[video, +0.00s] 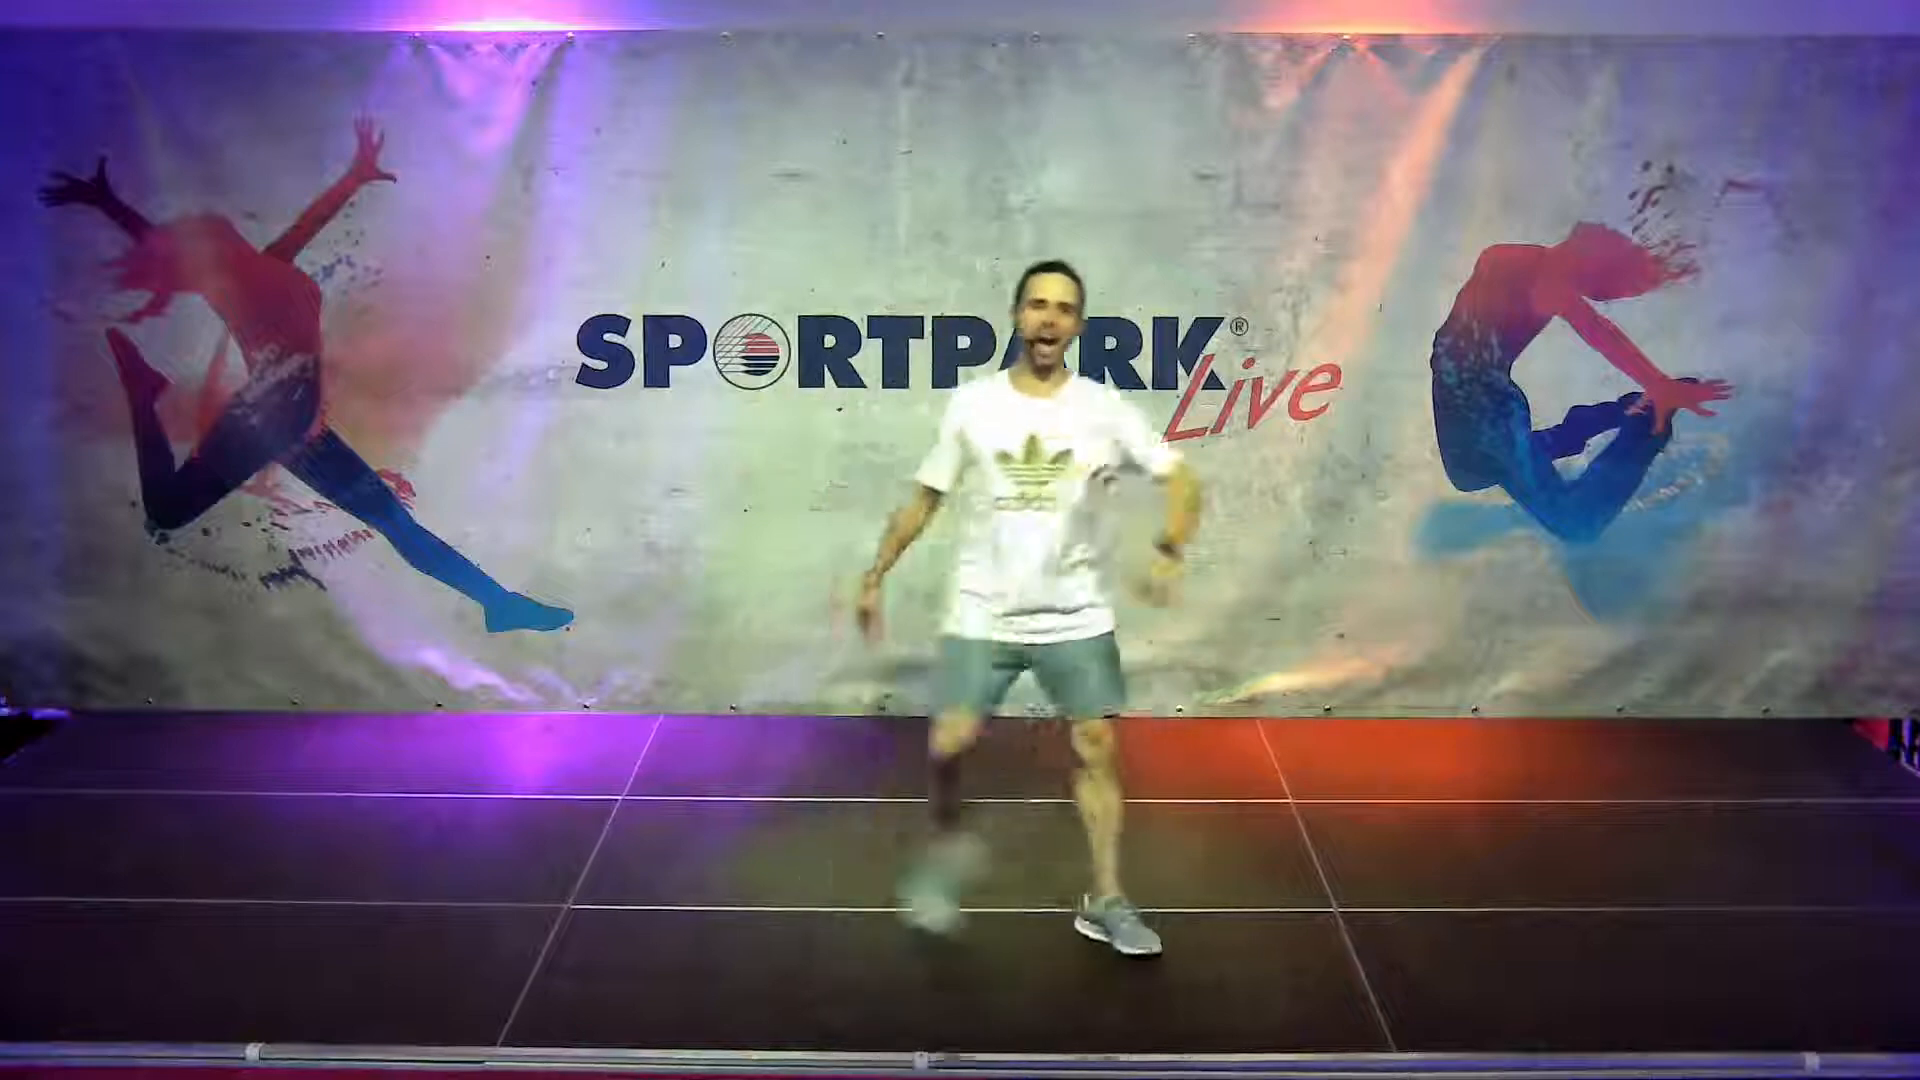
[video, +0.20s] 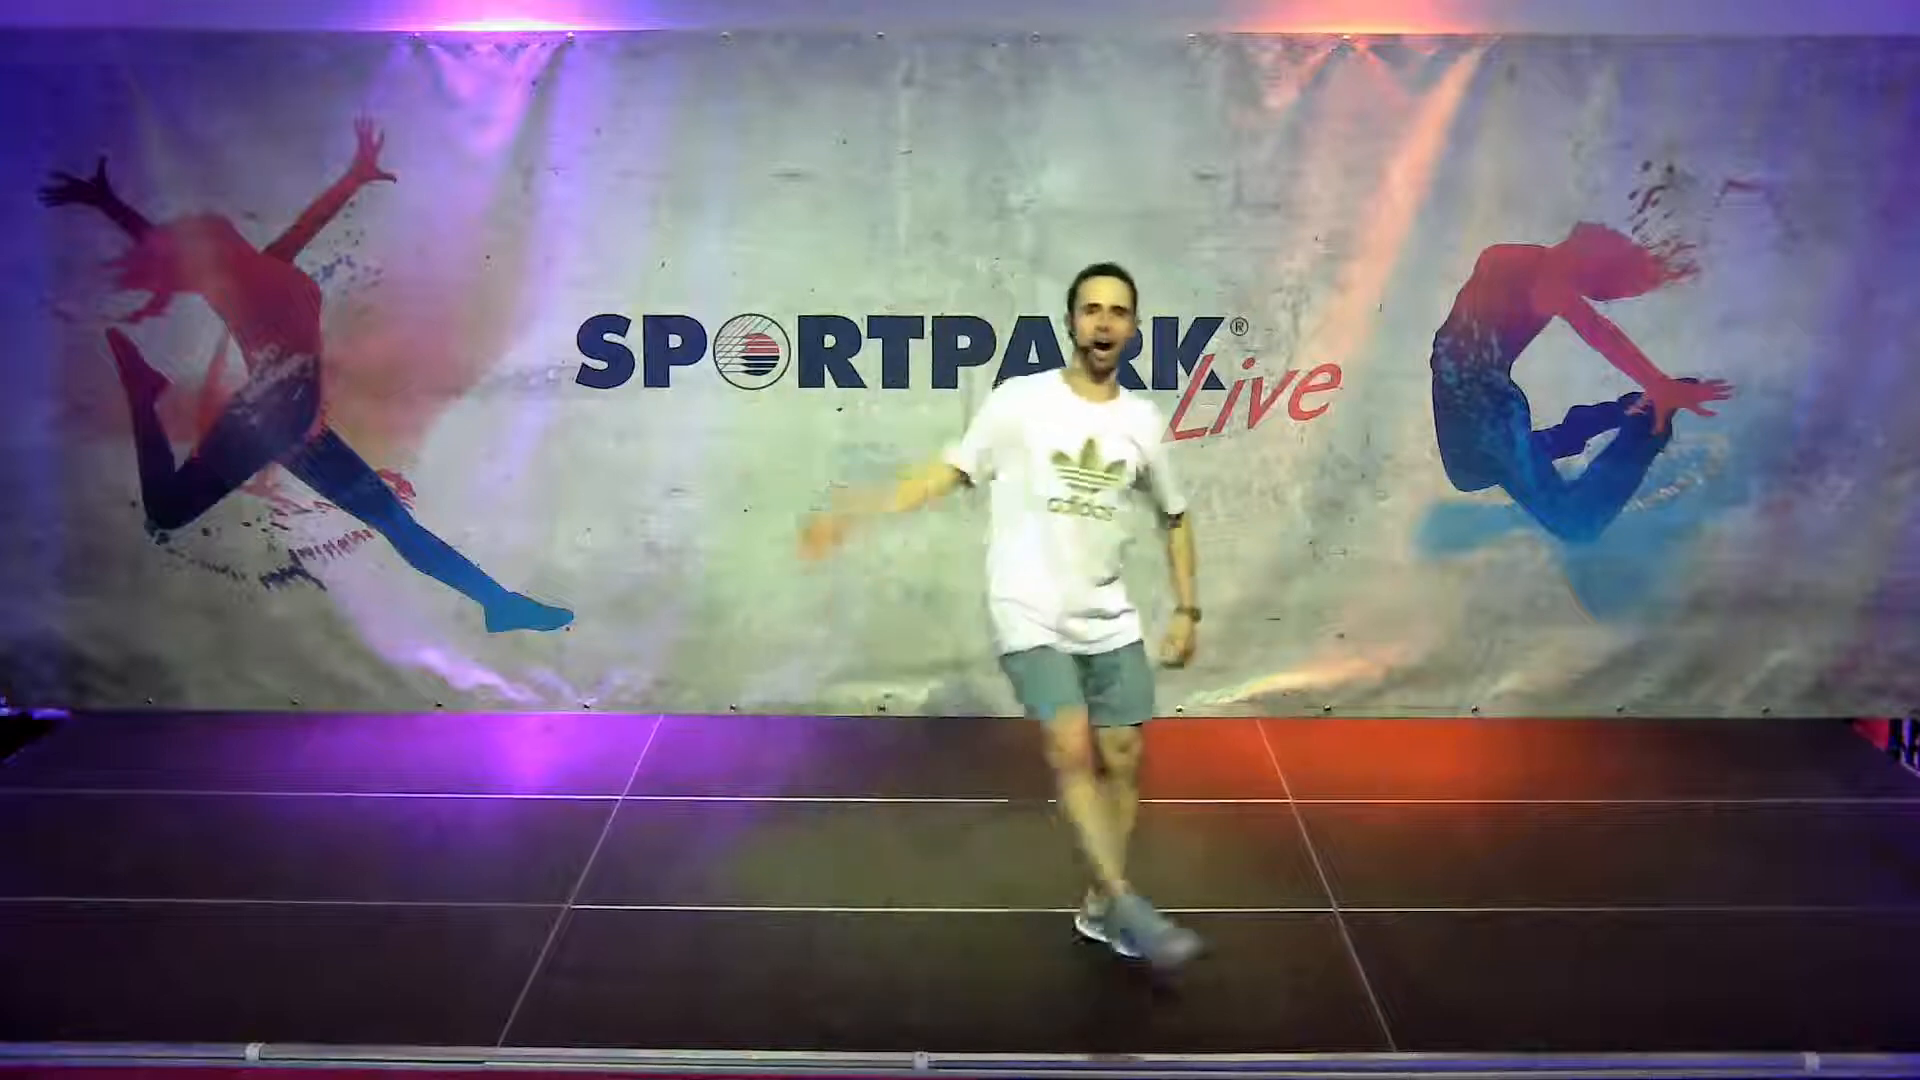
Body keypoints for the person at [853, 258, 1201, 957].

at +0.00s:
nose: (1049, 319)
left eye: (1063, 309)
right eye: (1038, 306)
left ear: (1079, 324)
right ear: (1016, 316)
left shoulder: (1103, 408)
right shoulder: (973, 402)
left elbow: (1181, 479)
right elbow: (924, 498)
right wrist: (875, 574)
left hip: (1075, 613)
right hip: (982, 611)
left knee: (1097, 743)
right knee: (949, 742)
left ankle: (1106, 895)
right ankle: (943, 853)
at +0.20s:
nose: (1104, 324)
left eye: (1118, 312)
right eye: (1091, 310)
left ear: (1135, 326)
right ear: (1069, 320)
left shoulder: (1143, 420)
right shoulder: (1017, 404)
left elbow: (1175, 519)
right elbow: (938, 481)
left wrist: (1187, 612)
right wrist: (850, 513)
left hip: (1107, 614)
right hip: (1030, 611)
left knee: (1124, 755)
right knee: (1072, 748)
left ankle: (1102, 904)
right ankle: (1126, 904)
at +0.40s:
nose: (1096, 322)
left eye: (1109, 311)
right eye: (1083, 309)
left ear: (1122, 323)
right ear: (1060, 316)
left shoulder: (1106, 408)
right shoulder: (1029, 383)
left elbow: (1097, 510)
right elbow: (977, 360)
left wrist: (1120, 586)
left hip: (1082, 599)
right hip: (1031, 595)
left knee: (1114, 739)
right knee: (1108, 732)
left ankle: (1099, 902)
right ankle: (1052, 904)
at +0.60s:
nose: (1068, 341)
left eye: (1064, 330)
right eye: (1063, 329)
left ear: (1002, 343)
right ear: (1043, 335)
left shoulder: (989, 415)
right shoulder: (1057, 396)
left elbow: (963, 542)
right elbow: (1164, 371)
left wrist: (998, 604)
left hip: (1023, 629)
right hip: (1038, 631)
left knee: (1076, 766)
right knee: (1033, 785)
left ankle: (1096, 912)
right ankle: (963, 958)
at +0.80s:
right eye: (991, 326)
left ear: (934, 343)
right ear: (998, 338)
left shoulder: (906, 432)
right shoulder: (1039, 417)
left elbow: (849, 518)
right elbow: (1130, 496)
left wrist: (859, 623)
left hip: (935, 631)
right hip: (1010, 630)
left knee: (975, 772)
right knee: (1002, 788)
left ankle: (989, 916)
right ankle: (968, 964)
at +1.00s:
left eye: (897, 355)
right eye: (940, 355)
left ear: (888, 365)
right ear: (953, 364)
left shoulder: (856, 451)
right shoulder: (986, 449)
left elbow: (804, 560)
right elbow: (1024, 560)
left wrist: (841, 621)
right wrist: (982, 607)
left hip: (878, 645)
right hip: (967, 647)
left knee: (850, 786)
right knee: (988, 799)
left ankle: (840, 938)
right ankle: (984, 960)